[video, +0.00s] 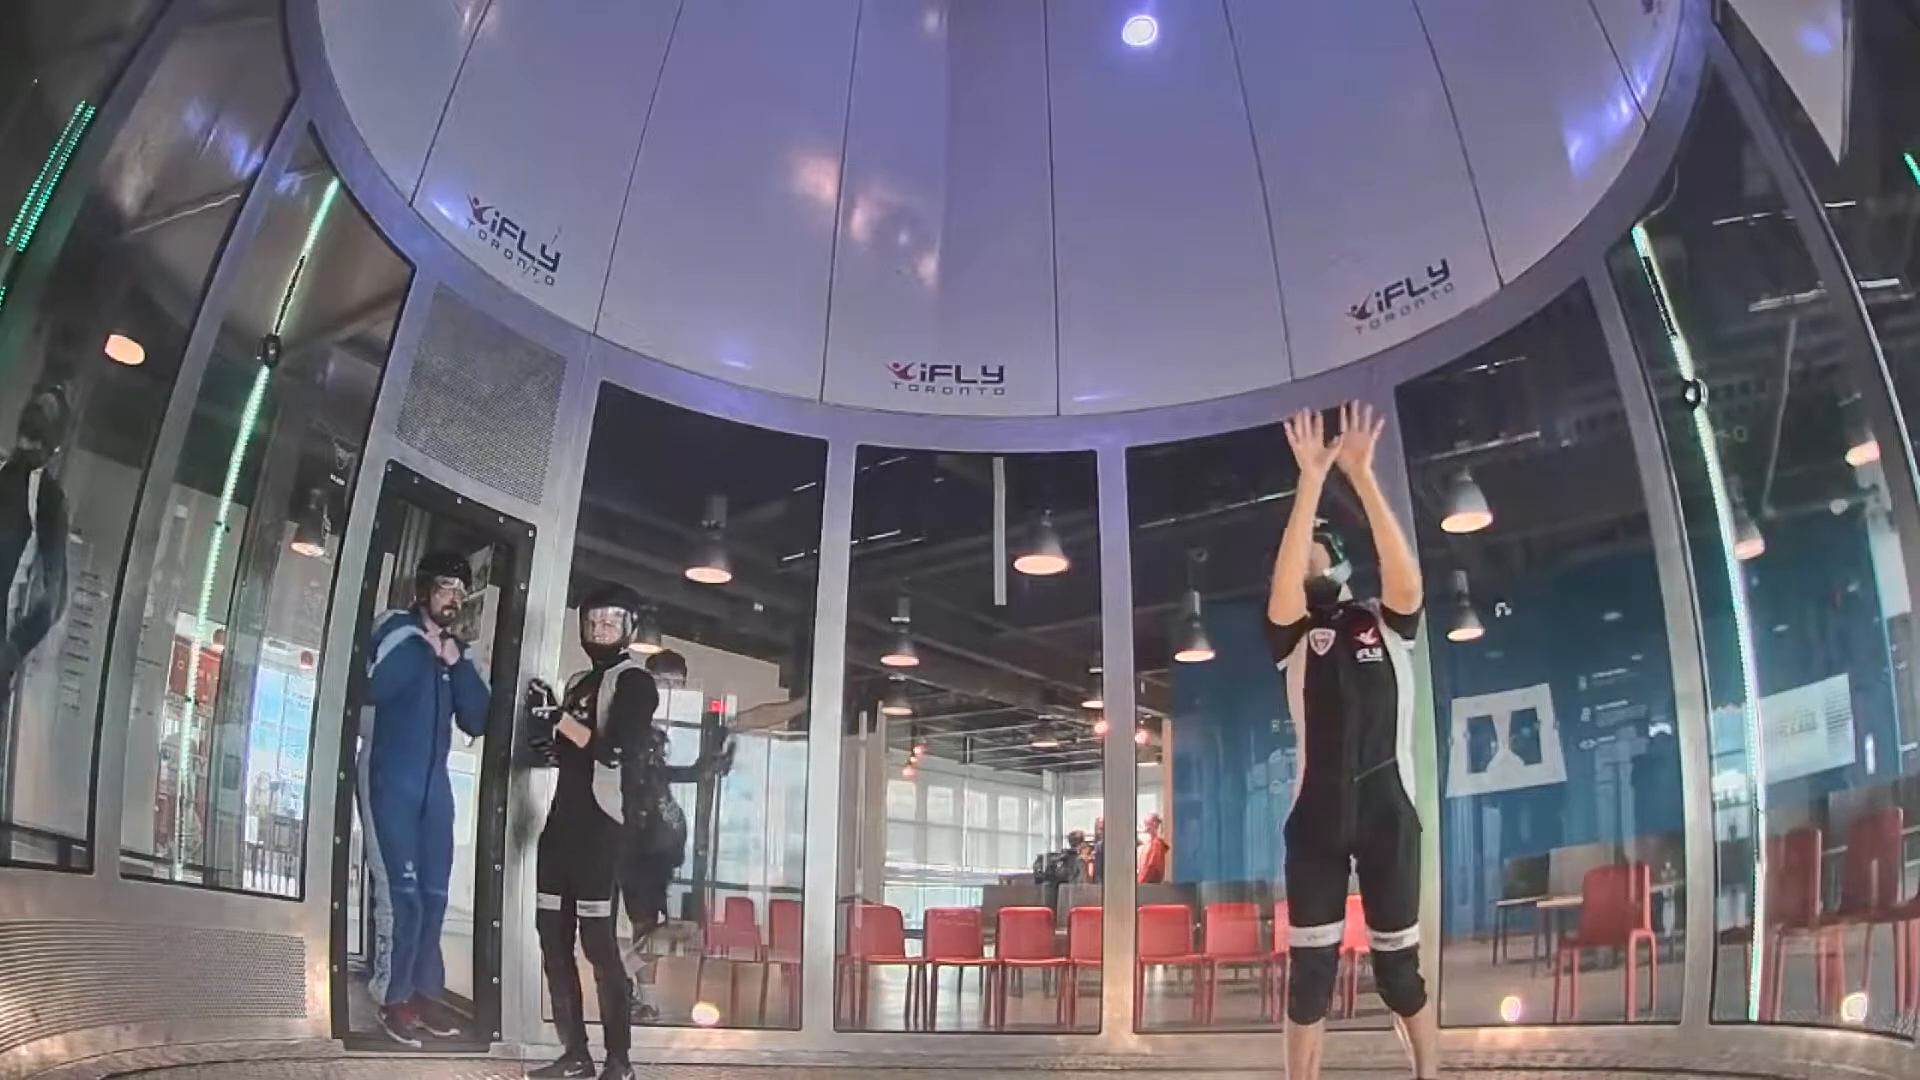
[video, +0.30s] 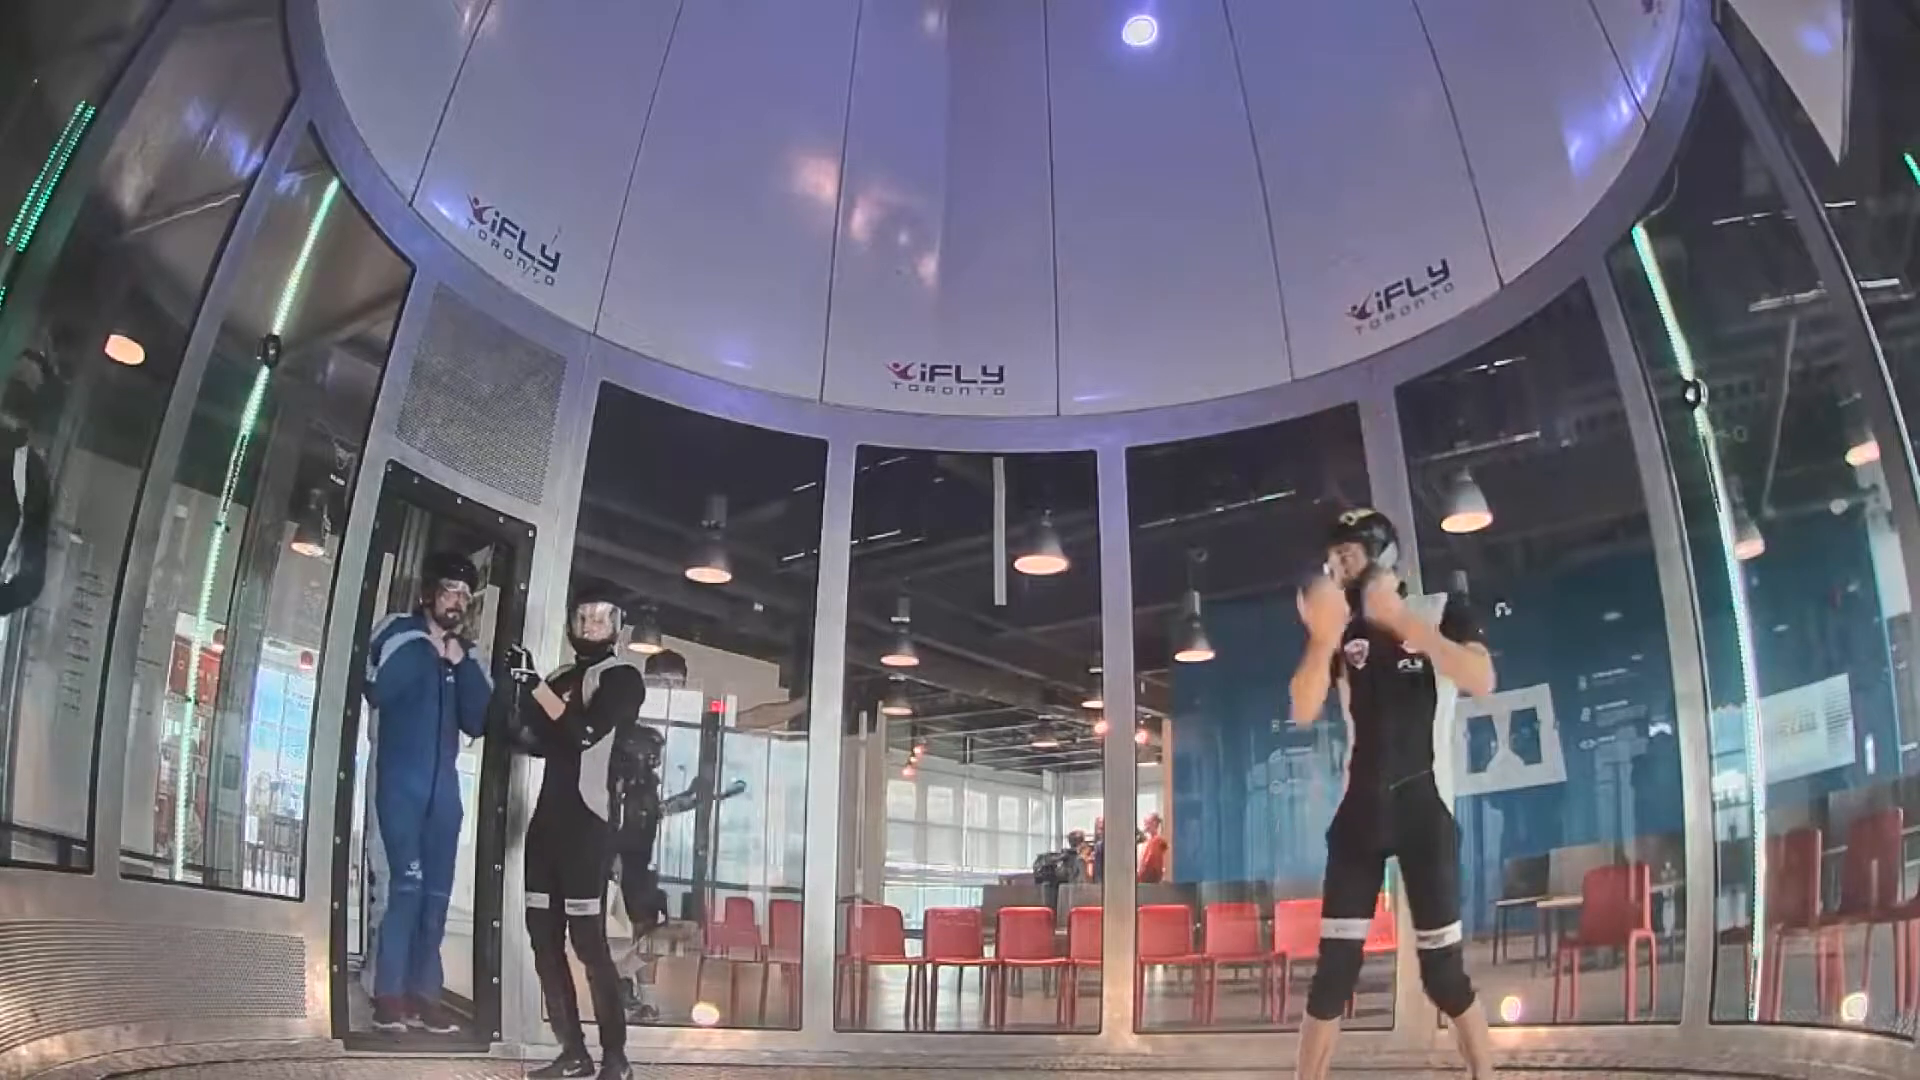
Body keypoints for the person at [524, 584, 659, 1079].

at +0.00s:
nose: (603, 628)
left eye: (612, 620)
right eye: (595, 620)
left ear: (628, 626)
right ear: (582, 626)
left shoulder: (635, 679)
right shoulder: (579, 683)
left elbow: (617, 751)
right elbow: (574, 751)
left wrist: (560, 718)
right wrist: (541, 725)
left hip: (603, 824)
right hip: (561, 819)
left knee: (598, 941)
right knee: (554, 937)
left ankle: (618, 1059)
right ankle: (575, 1053)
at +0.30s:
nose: (590, 627)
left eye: (600, 619)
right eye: (583, 618)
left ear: (616, 625)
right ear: (571, 624)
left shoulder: (623, 675)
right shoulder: (563, 676)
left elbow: (587, 736)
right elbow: (537, 739)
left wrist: (538, 689)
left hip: (589, 820)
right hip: (548, 816)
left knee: (588, 938)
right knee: (544, 935)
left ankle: (614, 1057)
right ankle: (574, 1051)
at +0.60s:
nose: (563, 620)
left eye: (573, 612)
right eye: (556, 612)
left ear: (593, 617)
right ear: (549, 619)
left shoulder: (606, 671)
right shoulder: (550, 676)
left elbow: (570, 731)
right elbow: (529, 740)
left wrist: (533, 694)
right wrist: (518, 710)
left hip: (580, 820)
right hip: (539, 817)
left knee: (579, 933)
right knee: (539, 931)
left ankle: (612, 1053)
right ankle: (572, 1051)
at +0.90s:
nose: (543, 624)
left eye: (551, 614)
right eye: (542, 614)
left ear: (579, 613)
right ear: (561, 616)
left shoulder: (603, 671)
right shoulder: (549, 675)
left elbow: (580, 732)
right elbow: (532, 738)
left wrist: (529, 695)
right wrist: (504, 705)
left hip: (581, 820)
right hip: (541, 817)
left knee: (583, 932)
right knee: (543, 931)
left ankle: (613, 1054)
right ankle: (574, 1051)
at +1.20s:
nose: (552, 624)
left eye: (560, 614)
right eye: (551, 615)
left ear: (587, 614)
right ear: (569, 617)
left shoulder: (612, 672)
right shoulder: (557, 678)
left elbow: (627, 748)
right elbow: (552, 744)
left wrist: (557, 746)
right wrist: (512, 746)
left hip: (586, 817)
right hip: (545, 813)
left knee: (587, 934)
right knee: (545, 930)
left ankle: (614, 1055)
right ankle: (575, 1052)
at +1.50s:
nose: (569, 630)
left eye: (579, 622)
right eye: (567, 621)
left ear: (607, 622)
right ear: (571, 624)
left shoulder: (623, 682)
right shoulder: (568, 683)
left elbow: (598, 761)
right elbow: (564, 756)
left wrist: (541, 741)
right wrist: (521, 742)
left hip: (592, 829)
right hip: (551, 824)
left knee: (592, 941)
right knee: (552, 939)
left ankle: (615, 1059)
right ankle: (577, 1054)